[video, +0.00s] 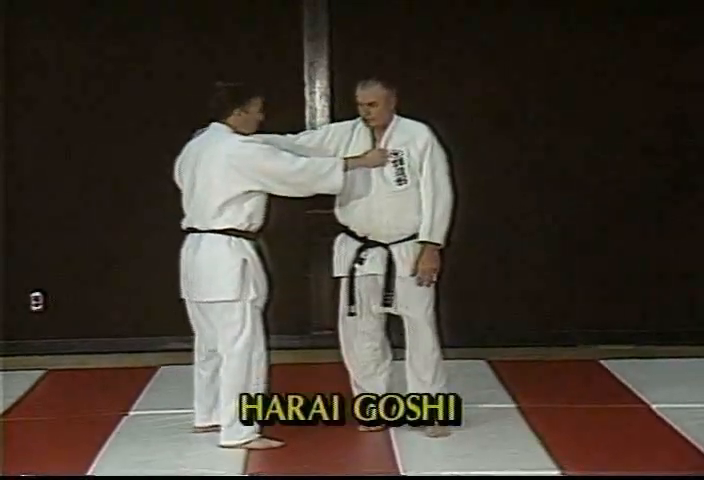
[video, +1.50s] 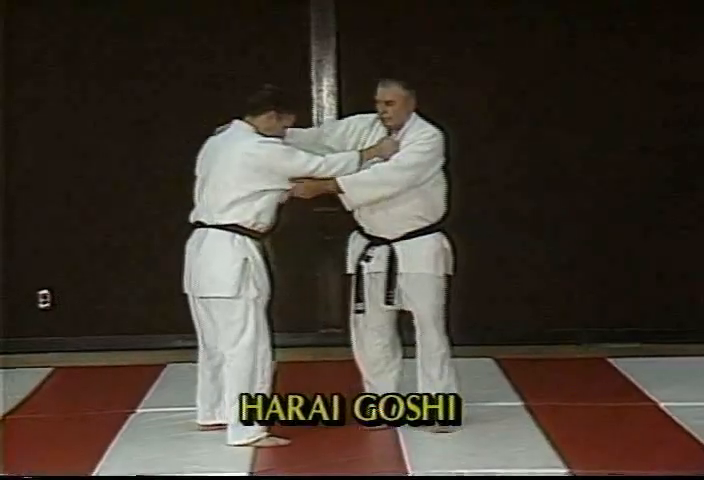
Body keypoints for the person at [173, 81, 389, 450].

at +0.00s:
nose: (261, 118)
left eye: (261, 110)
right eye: (257, 111)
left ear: (227, 114)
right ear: (237, 113)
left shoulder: (195, 146)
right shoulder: (242, 150)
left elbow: (179, 176)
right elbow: (296, 169)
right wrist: (359, 161)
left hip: (195, 251)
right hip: (229, 256)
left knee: (208, 344)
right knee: (242, 346)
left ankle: (207, 416)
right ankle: (239, 431)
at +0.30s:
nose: (256, 116)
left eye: (254, 109)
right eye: (251, 110)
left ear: (222, 114)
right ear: (230, 113)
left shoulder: (194, 146)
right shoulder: (239, 150)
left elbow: (180, 178)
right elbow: (293, 170)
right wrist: (355, 161)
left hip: (203, 250)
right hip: (236, 254)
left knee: (213, 341)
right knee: (245, 343)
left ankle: (208, 414)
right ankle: (239, 430)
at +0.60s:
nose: (254, 118)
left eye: (254, 111)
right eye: (251, 111)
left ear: (221, 111)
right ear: (232, 111)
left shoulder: (195, 147)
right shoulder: (241, 149)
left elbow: (181, 180)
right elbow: (297, 161)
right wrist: (357, 150)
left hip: (204, 249)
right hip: (239, 252)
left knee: (213, 340)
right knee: (246, 343)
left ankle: (209, 413)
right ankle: (240, 430)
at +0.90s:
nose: (265, 117)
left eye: (265, 110)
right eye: (262, 110)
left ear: (231, 111)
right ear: (244, 110)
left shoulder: (201, 146)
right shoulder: (249, 150)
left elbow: (187, 178)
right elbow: (301, 167)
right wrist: (364, 156)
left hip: (205, 248)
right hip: (238, 253)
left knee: (213, 342)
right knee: (246, 344)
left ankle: (210, 413)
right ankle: (240, 429)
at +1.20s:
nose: (274, 123)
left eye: (275, 116)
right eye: (272, 116)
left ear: (237, 112)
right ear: (256, 112)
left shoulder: (206, 145)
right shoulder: (253, 151)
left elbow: (192, 174)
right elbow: (309, 172)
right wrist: (363, 157)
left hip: (203, 248)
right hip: (237, 253)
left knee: (213, 342)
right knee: (247, 344)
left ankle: (211, 413)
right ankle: (241, 428)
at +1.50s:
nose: (286, 130)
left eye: (288, 125)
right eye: (285, 123)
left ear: (253, 114)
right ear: (269, 116)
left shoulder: (216, 141)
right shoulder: (260, 151)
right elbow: (315, 165)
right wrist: (369, 155)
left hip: (200, 247)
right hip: (233, 252)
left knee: (212, 342)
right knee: (245, 344)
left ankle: (212, 413)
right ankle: (245, 430)